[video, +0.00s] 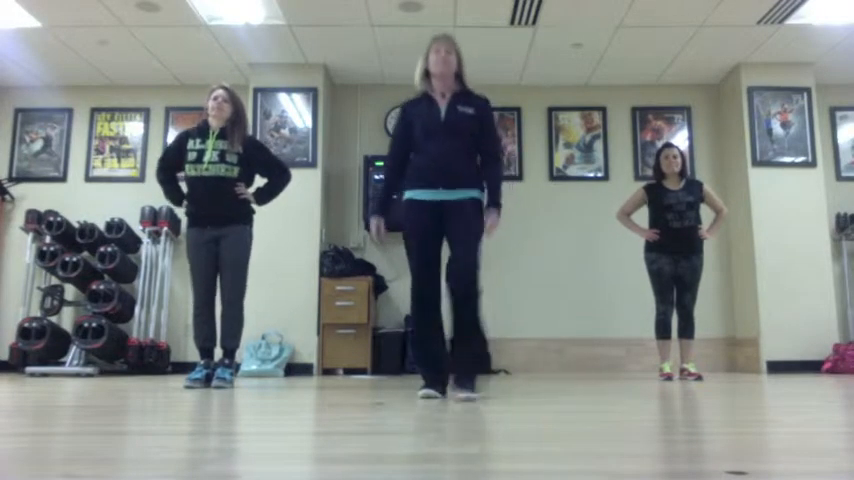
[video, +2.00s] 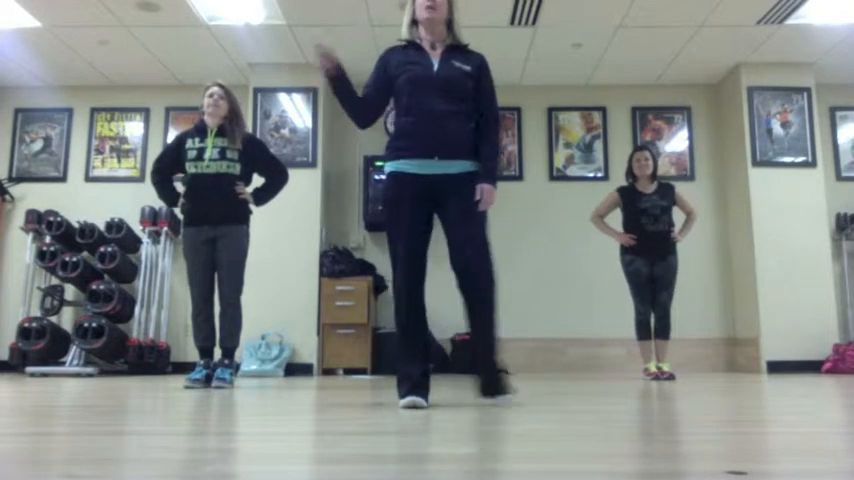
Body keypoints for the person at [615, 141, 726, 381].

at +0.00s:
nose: (672, 161)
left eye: (675, 157)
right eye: (666, 158)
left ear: (682, 160)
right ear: (659, 163)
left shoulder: (696, 187)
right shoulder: (651, 190)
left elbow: (721, 210)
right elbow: (622, 214)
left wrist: (709, 232)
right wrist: (643, 232)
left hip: (690, 253)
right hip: (660, 254)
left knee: (686, 309)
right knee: (664, 308)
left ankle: (687, 363)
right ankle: (665, 363)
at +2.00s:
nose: (642, 164)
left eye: (646, 160)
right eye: (638, 161)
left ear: (654, 163)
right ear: (631, 166)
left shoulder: (667, 191)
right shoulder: (624, 193)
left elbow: (692, 213)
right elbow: (595, 217)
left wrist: (680, 235)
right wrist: (617, 235)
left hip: (665, 253)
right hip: (636, 255)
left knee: (663, 307)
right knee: (642, 309)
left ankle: (662, 362)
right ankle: (648, 363)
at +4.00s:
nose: (624, 166)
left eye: (628, 163)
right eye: (620, 162)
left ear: (633, 168)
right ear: (610, 167)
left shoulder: (640, 193)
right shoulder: (603, 194)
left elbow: (653, 227)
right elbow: (608, 221)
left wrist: (670, 257)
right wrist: (593, 193)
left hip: (647, 256)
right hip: (618, 258)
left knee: (659, 307)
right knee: (623, 309)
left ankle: (655, 361)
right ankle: (615, 365)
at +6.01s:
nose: (637, 167)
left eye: (637, 163)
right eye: (632, 163)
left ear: (635, 168)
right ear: (619, 166)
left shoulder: (637, 195)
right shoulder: (598, 193)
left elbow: (645, 231)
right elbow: (587, 226)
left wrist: (660, 261)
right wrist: (576, 200)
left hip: (634, 257)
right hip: (606, 257)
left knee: (671, 292)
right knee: (609, 309)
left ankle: (666, 350)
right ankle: (602, 365)